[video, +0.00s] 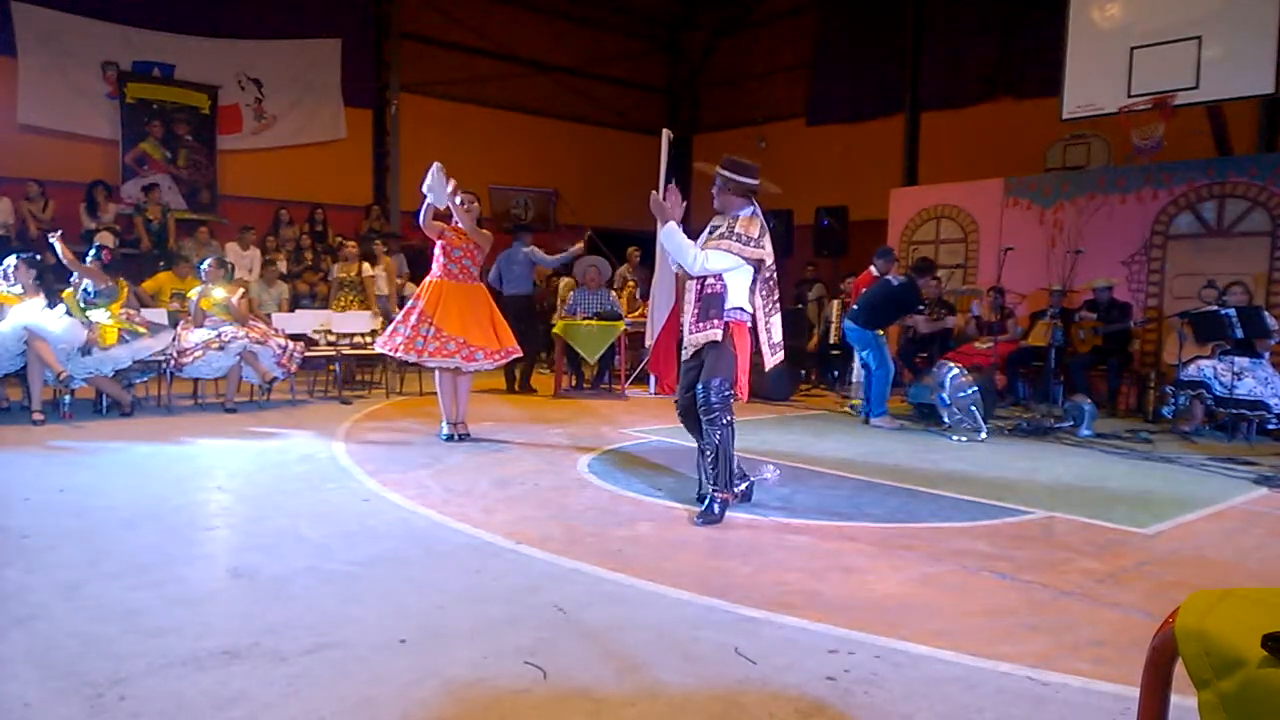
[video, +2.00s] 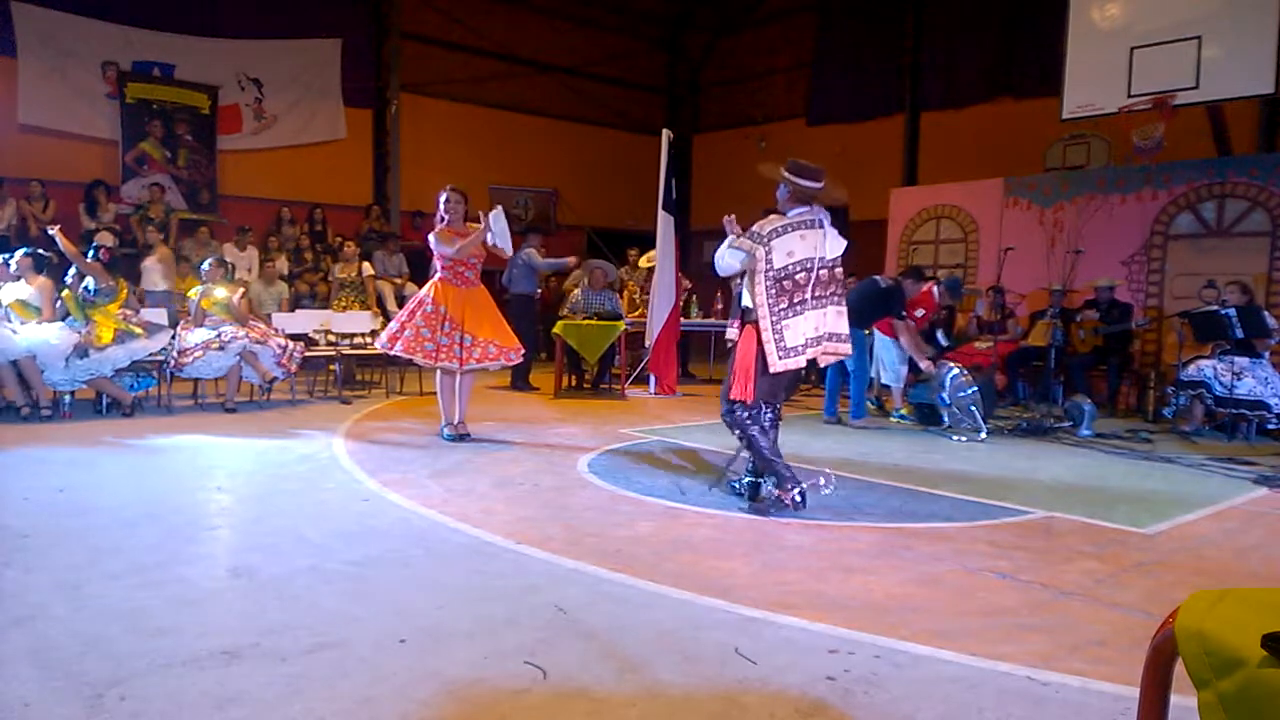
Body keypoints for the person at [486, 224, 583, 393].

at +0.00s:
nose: (531, 240)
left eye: (530, 237)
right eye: (530, 237)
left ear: (514, 238)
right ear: (526, 238)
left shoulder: (503, 256)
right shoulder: (529, 251)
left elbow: (491, 279)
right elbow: (550, 262)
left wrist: (506, 289)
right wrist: (573, 252)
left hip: (507, 299)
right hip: (525, 298)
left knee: (509, 339)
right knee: (532, 340)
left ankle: (510, 382)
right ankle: (525, 381)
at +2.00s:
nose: (541, 242)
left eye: (540, 238)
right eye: (539, 238)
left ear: (526, 239)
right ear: (533, 238)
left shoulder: (514, 257)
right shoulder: (529, 252)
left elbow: (505, 280)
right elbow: (540, 265)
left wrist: (521, 289)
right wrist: (566, 262)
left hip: (515, 298)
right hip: (525, 298)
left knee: (521, 338)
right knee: (528, 339)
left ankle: (518, 377)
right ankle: (521, 378)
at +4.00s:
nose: (543, 244)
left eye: (543, 240)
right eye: (541, 240)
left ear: (529, 240)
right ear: (535, 239)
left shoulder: (516, 256)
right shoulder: (531, 253)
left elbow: (507, 280)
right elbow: (540, 271)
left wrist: (525, 287)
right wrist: (565, 278)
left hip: (516, 298)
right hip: (527, 299)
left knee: (523, 337)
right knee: (530, 338)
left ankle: (518, 376)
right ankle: (522, 377)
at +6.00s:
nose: (579, 263)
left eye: (580, 260)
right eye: (578, 258)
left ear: (573, 259)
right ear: (571, 256)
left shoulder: (563, 270)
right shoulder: (557, 260)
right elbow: (539, 271)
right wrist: (551, 292)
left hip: (540, 300)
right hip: (530, 298)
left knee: (540, 341)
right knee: (529, 339)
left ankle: (538, 377)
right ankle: (519, 377)